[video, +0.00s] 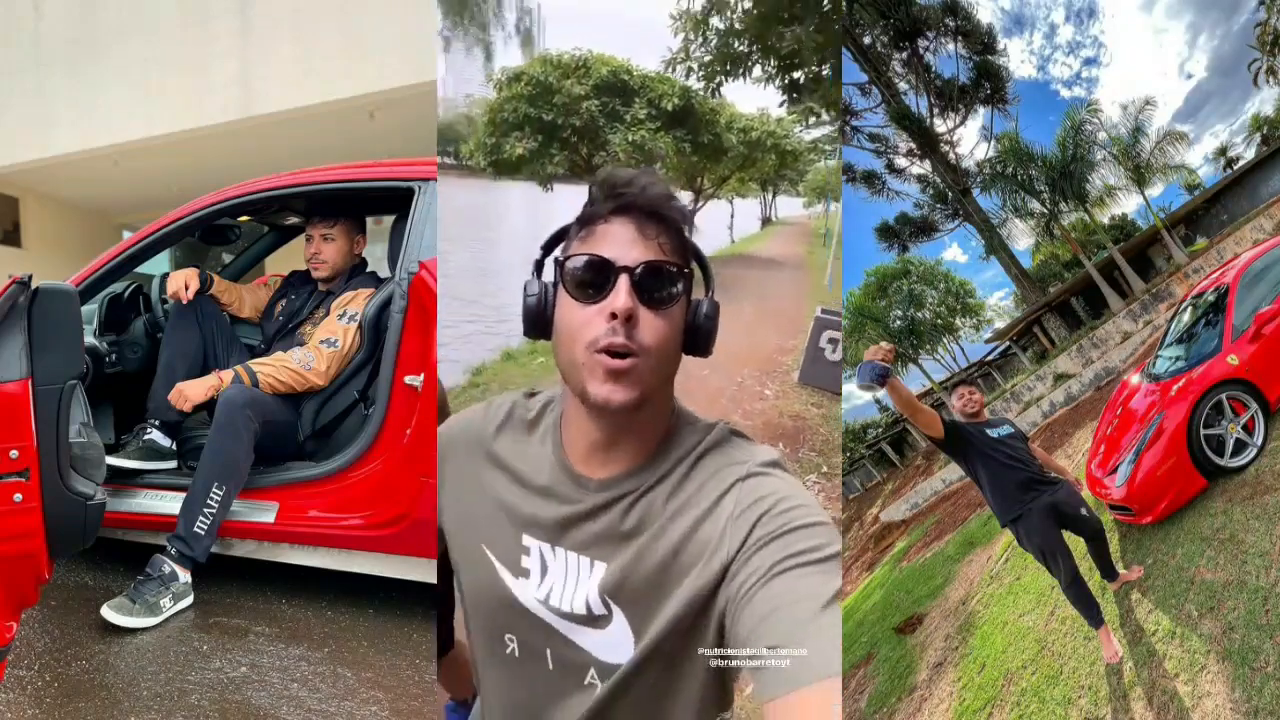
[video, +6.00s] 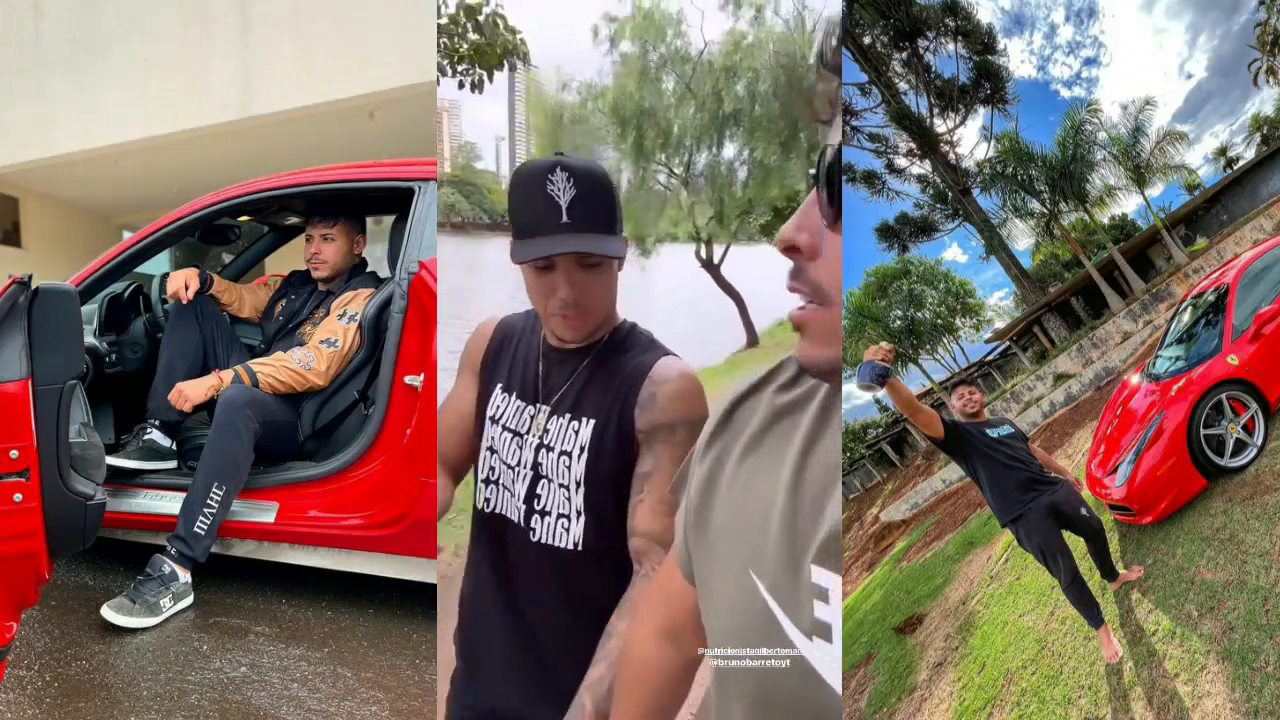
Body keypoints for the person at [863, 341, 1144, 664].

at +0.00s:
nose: (967, 397)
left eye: (971, 392)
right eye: (959, 397)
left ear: (983, 398)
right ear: (953, 410)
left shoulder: (1003, 424)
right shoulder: (957, 436)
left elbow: (1037, 454)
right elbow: (916, 412)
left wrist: (1067, 475)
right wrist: (885, 374)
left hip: (1052, 489)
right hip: (1022, 512)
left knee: (1094, 528)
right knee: (1065, 571)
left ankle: (1114, 576)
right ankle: (1101, 628)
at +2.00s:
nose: (966, 397)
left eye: (971, 392)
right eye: (959, 397)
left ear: (983, 398)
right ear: (953, 410)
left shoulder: (1003, 424)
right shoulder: (956, 436)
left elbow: (1037, 454)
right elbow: (916, 412)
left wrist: (1067, 476)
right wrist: (885, 374)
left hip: (1051, 489)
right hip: (1021, 511)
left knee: (1094, 528)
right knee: (1065, 571)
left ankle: (1114, 576)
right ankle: (1101, 628)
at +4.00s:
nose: (967, 396)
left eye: (971, 391)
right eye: (959, 397)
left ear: (983, 398)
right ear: (953, 411)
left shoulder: (1004, 424)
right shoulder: (956, 436)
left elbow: (1037, 453)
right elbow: (916, 412)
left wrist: (1067, 475)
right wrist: (885, 373)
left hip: (1052, 489)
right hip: (1022, 512)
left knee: (1094, 528)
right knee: (1066, 573)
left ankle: (1114, 576)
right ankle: (1101, 628)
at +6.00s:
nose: (967, 397)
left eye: (970, 392)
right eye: (959, 397)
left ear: (982, 398)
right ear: (953, 411)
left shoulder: (1004, 424)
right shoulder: (956, 436)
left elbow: (1037, 454)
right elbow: (915, 412)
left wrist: (1068, 475)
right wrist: (885, 373)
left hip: (1052, 489)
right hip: (1022, 512)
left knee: (1093, 528)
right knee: (1066, 572)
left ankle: (1114, 576)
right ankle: (1101, 628)